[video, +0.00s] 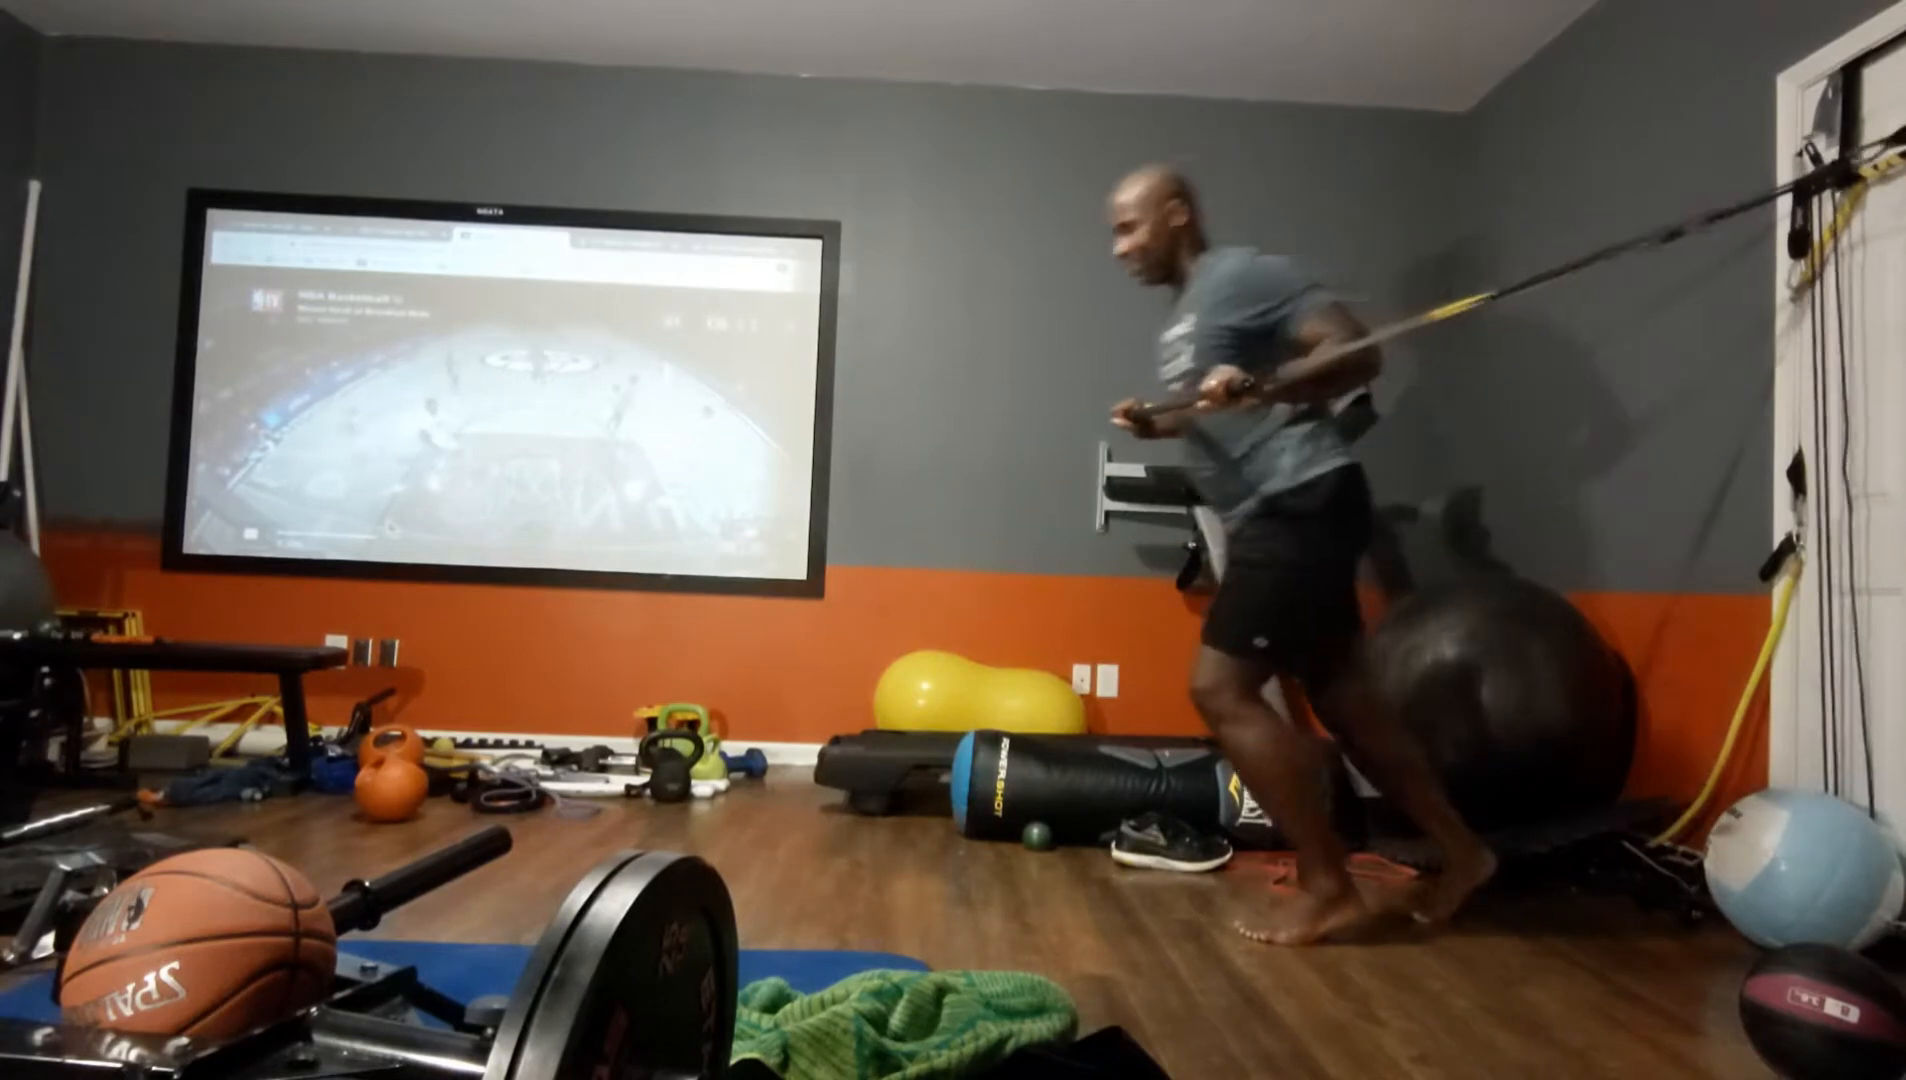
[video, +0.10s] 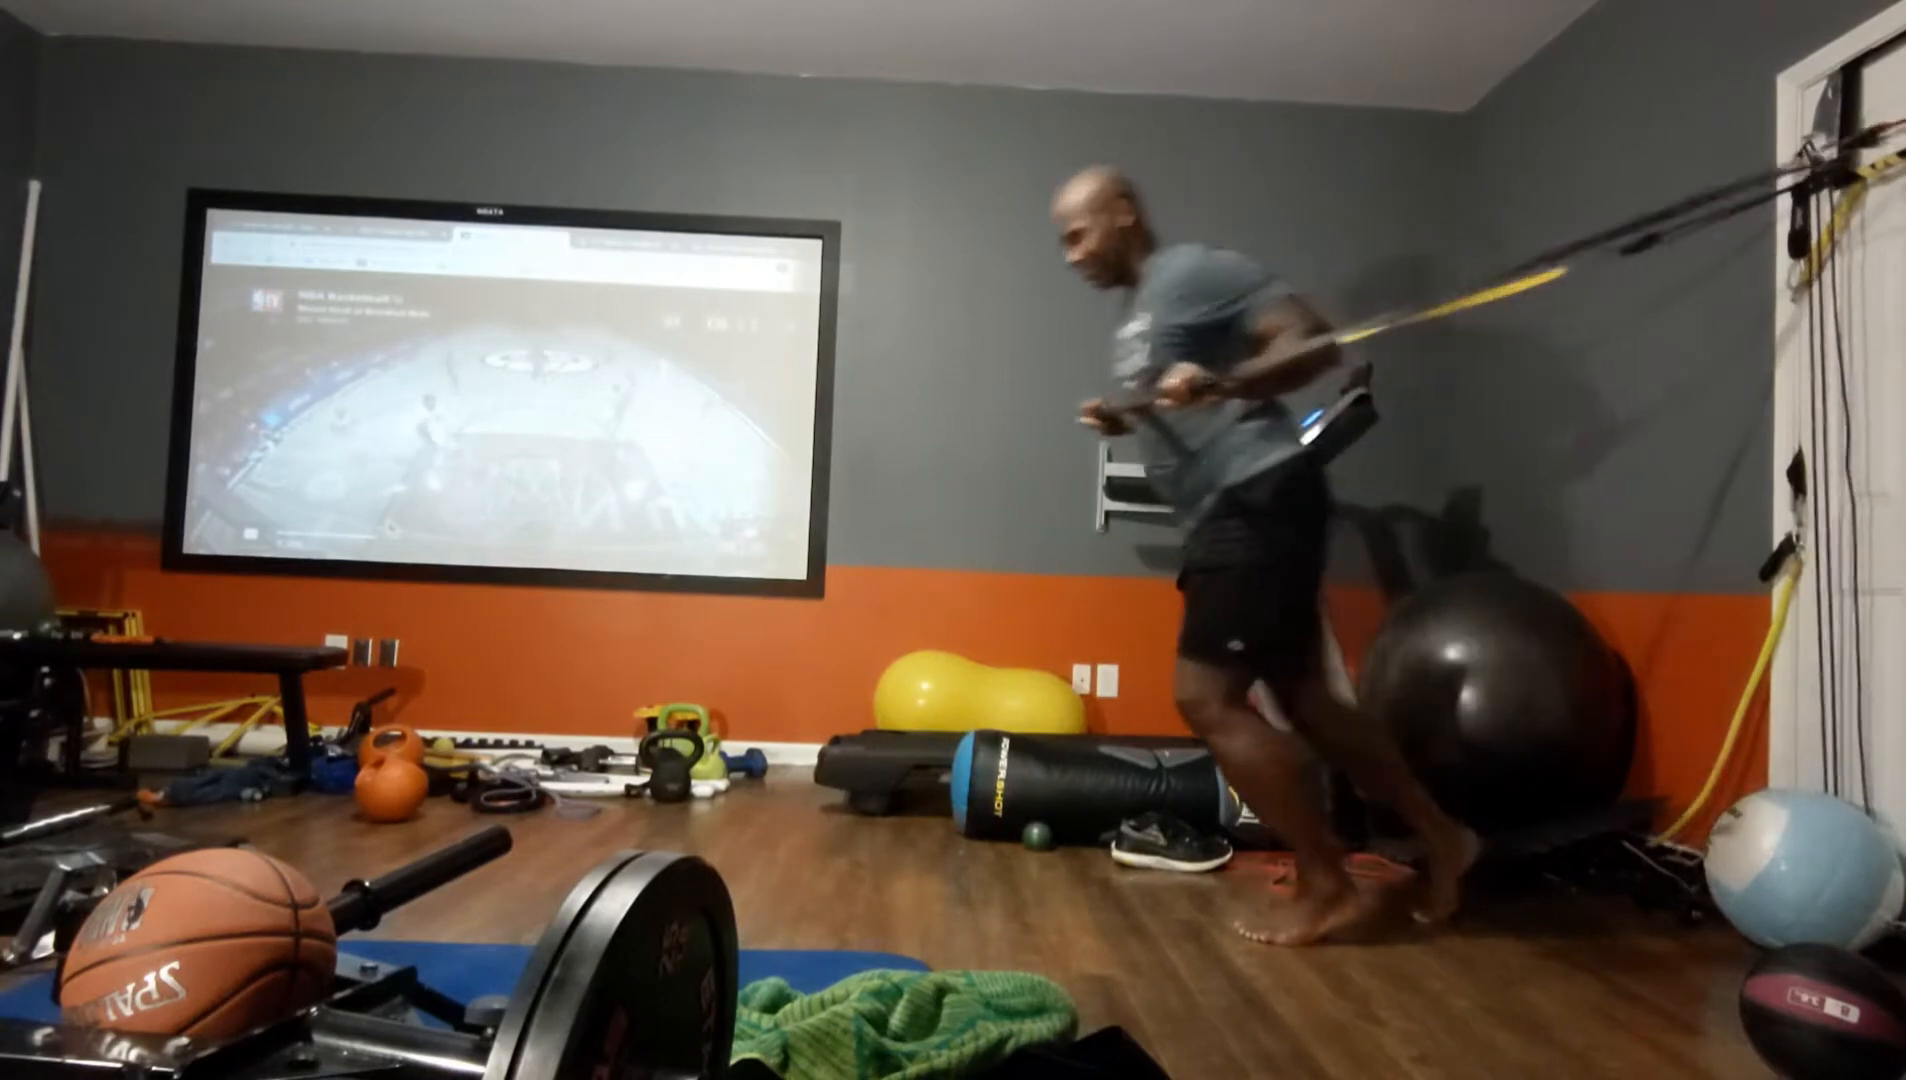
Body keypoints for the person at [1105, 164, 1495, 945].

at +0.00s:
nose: (1118, 247)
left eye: (1127, 227)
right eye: (1115, 233)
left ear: (1179, 216)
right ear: (1162, 227)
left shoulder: (1240, 274)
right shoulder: (1184, 315)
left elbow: (1356, 352)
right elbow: (1225, 413)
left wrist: (1265, 386)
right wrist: (1160, 420)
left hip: (1306, 503)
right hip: (1282, 510)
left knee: (1221, 690)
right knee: (1342, 694)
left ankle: (1327, 890)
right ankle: (1462, 855)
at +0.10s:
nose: (1071, 254)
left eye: (1078, 233)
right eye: (1064, 240)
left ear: (1128, 218)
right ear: (1098, 235)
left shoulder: (1191, 271)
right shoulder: (1138, 317)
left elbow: (1314, 344)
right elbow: (1180, 399)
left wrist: (1225, 382)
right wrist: (1125, 415)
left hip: (1262, 498)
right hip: (1243, 505)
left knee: (1208, 697)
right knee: (1308, 699)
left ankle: (1327, 889)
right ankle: (1445, 840)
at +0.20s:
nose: (1018, 269)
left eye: (1023, 246)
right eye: (1009, 256)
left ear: (1070, 224)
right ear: (1036, 249)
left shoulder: (1137, 272)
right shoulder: (1093, 316)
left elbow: (1257, 347)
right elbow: (1141, 410)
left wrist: (1158, 383)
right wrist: (1080, 418)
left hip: (1221, 497)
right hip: (1192, 509)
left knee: (1197, 709)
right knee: (1228, 705)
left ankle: (1327, 886)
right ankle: (1383, 814)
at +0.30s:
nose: (967, 285)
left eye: (971, 263)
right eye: (955, 275)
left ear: (1013, 239)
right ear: (962, 275)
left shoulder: (1076, 284)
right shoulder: (1040, 328)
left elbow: (1149, 359)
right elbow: (1085, 411)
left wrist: (1033, 381)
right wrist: (1010, 419)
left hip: (1190, 498)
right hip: (1133, 520)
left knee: (1185, 715)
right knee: (1096, 696)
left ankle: (1325, 878)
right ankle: (1271, 764)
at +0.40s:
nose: (935, 275)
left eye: (941, 256)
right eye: (916, 272)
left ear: (965, 252)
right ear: (904, 288)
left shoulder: (1022, 286)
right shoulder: (970, 349)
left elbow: (973, 339)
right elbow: (956, 410)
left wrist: (853, 342)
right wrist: (851, 385)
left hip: (1156, 498)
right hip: (1092, 522)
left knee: (1175, 718)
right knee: (989, 651)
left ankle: (1323, 877)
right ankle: (1076, 848)